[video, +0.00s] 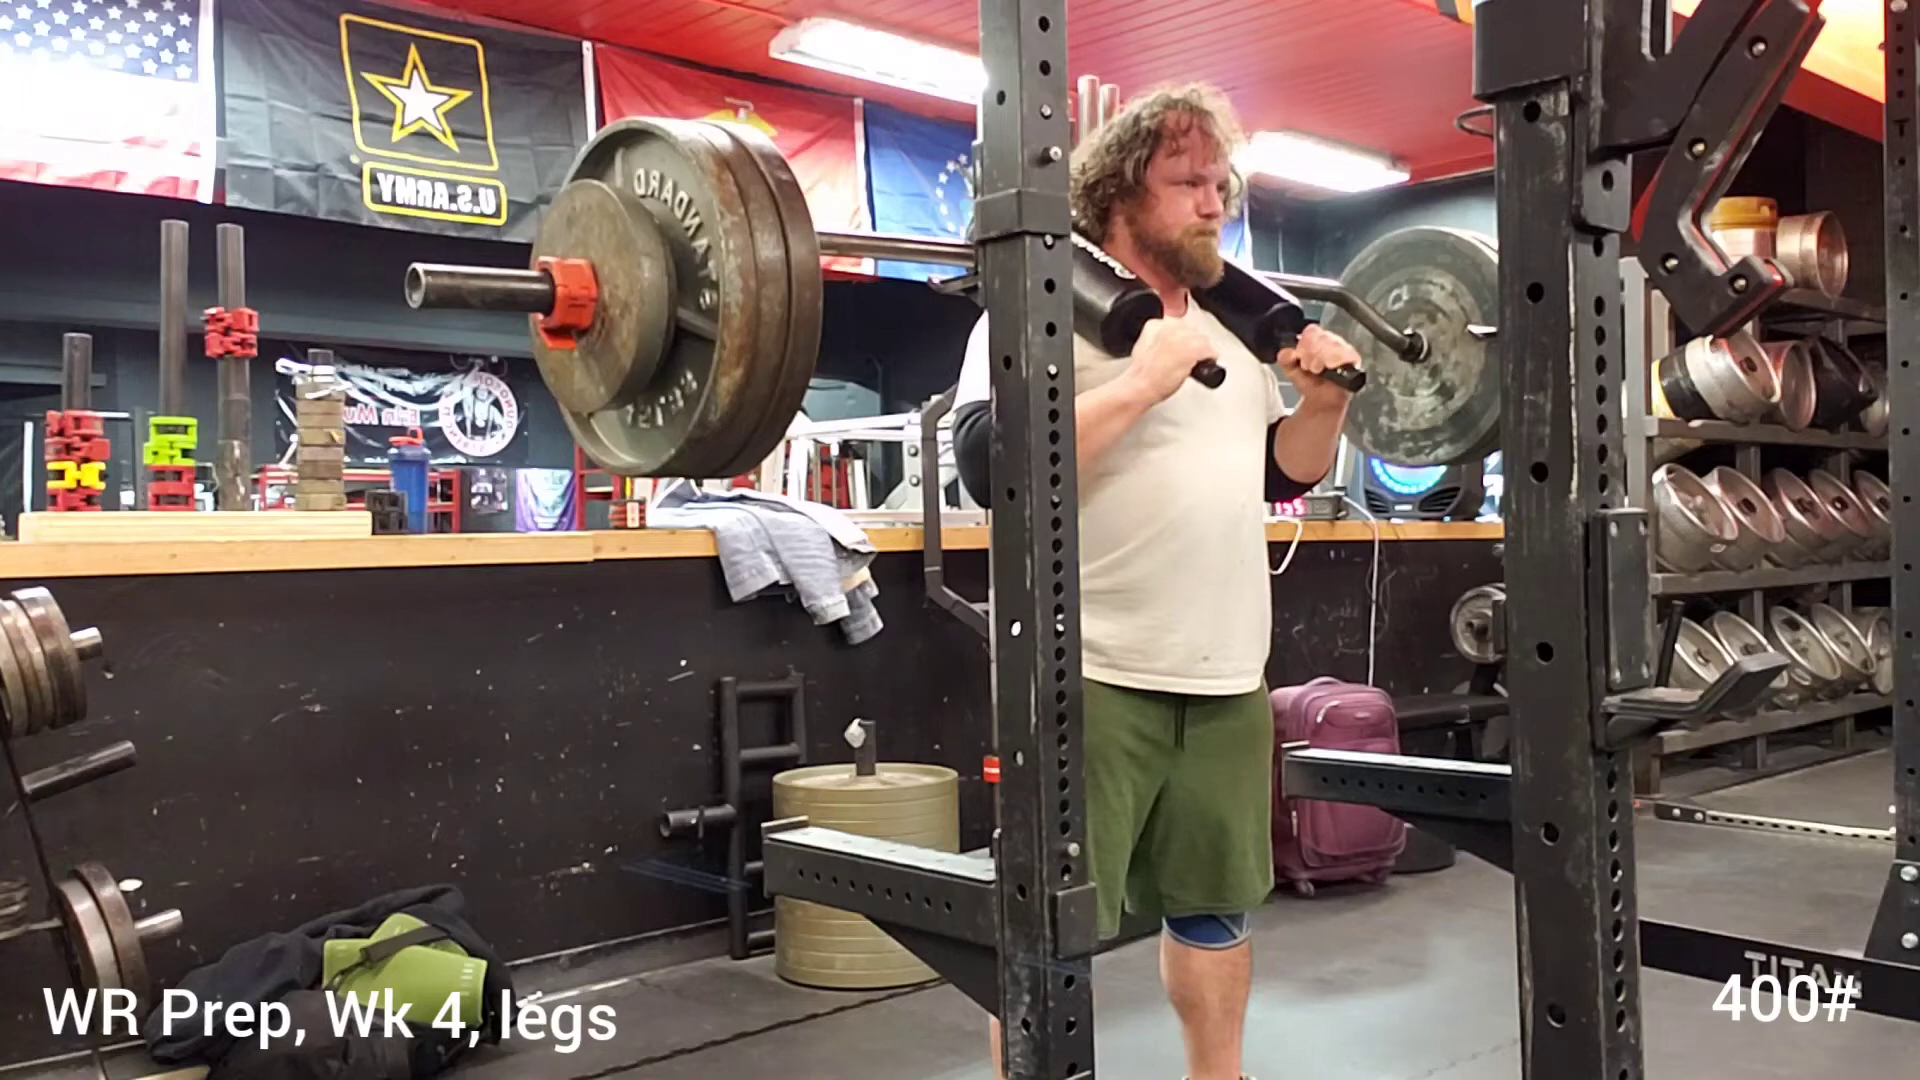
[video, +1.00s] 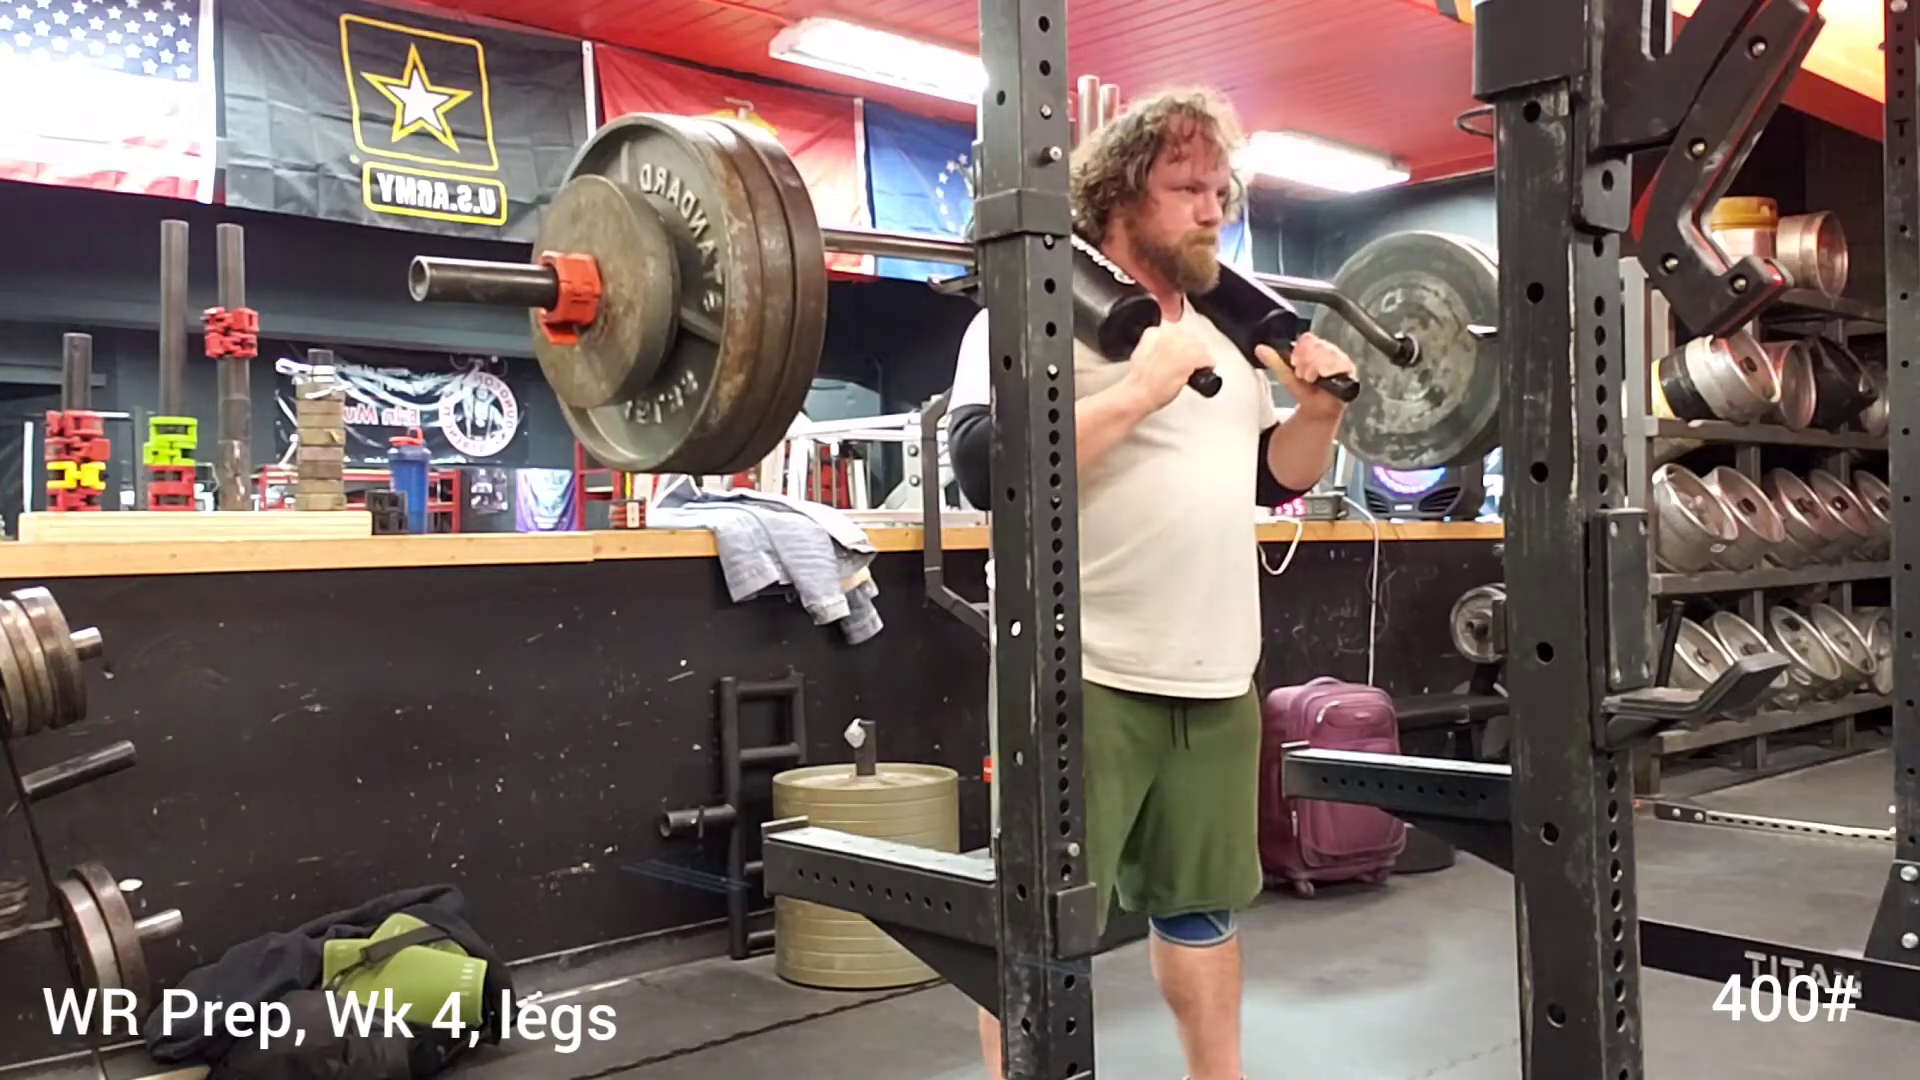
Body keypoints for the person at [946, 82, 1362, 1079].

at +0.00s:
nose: (1217, 200)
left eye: (1220, 179)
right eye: (1191, 178)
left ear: (1224, 192)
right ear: (1122, 188)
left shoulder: (1238, 322)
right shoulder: (1039, 306)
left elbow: (1295, 471)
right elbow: (990, 467)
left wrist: (1324, 394)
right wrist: (1135, 387)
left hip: (1228, 678)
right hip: (1091, 674)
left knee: (1214, 918)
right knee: (1055, 927)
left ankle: (1218, 1074)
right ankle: (1021, 1071)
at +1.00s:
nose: (1215, 207)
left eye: (1221, 187)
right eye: (1190, 185)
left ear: (1224, 199)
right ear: (1121, 191)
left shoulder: (1228, 331)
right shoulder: (1031, 312)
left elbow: (1283, 474)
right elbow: (986, 468)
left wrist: (1321, 401)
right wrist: (1131, 396)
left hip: (1217, 680)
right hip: (1082, 677)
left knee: (1201, 917)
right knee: (1044, 927)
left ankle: (1218, 1075)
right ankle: (1015, 1071)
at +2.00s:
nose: (1218, 211)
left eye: (1224, 189)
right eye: (1194, 187)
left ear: (1227, 197)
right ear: (1124, 194)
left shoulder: (1233, 326)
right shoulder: (1036, 310)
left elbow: (1289, 476)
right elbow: (996, 470)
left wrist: (1324, 401)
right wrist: (1139, 387)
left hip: (1225, 679)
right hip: (1090, 675)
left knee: (1208, 920)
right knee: (1047, 929)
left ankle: (1218, 1075)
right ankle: (1019, 1073)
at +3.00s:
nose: (1240, 386)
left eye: (1247, 366)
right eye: (1213, 366)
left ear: (1258, 373)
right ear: (1145, 381)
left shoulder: (1253, 484)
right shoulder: (1054, 485)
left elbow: (1304, 655)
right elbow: (1019, 684)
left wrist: (1337, 596)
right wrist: (1156, 613)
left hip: (1184, 766)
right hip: (1043, 768)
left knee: (1301, 905)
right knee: (1068, 945)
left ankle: (1231, 1075)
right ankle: (1020, 1069)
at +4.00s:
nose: (1274, 615)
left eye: (1278, 593)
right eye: (1246, 595)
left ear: (1289, 593)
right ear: (1175, 603)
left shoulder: (1276, 695)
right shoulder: (1091, 704)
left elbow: (1329, 851)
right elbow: (1043, 885)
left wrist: (1366, 810)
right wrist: (1183, 850)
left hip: (1228, 940)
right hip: (1111, 947)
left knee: (1361, 932)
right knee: (1092, 986)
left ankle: (1243, 1074)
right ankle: (1023, 1068)